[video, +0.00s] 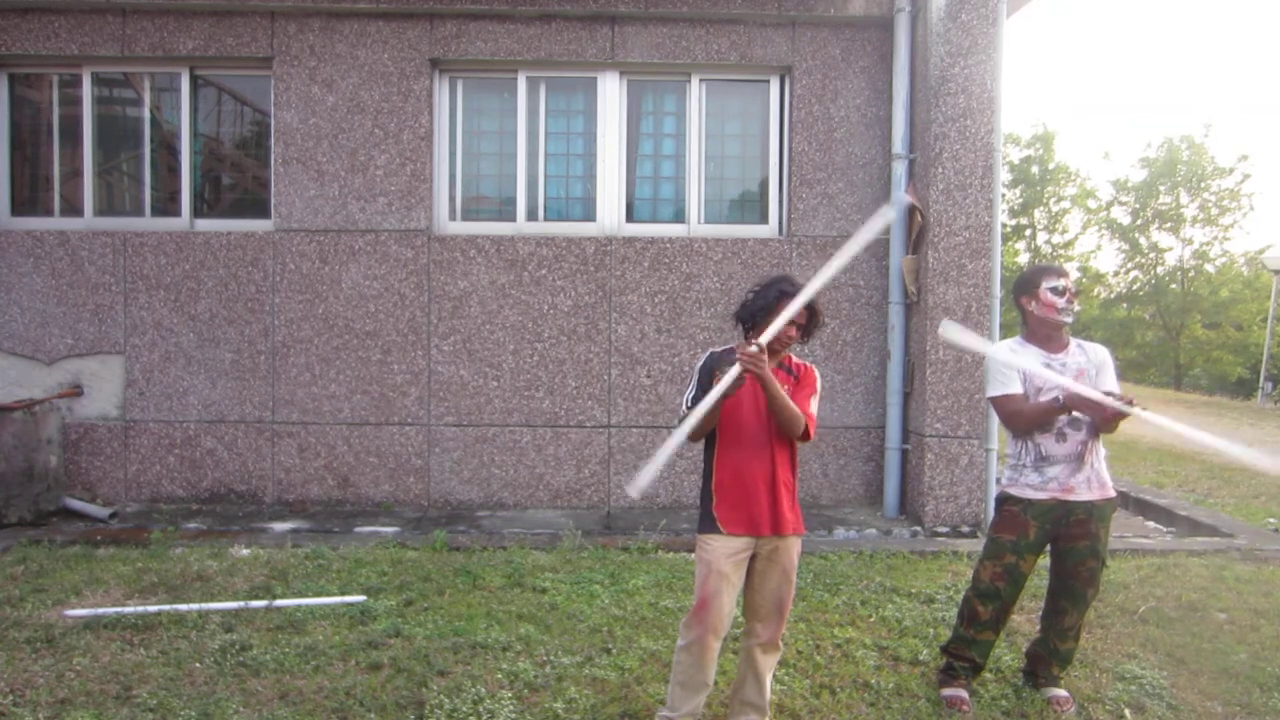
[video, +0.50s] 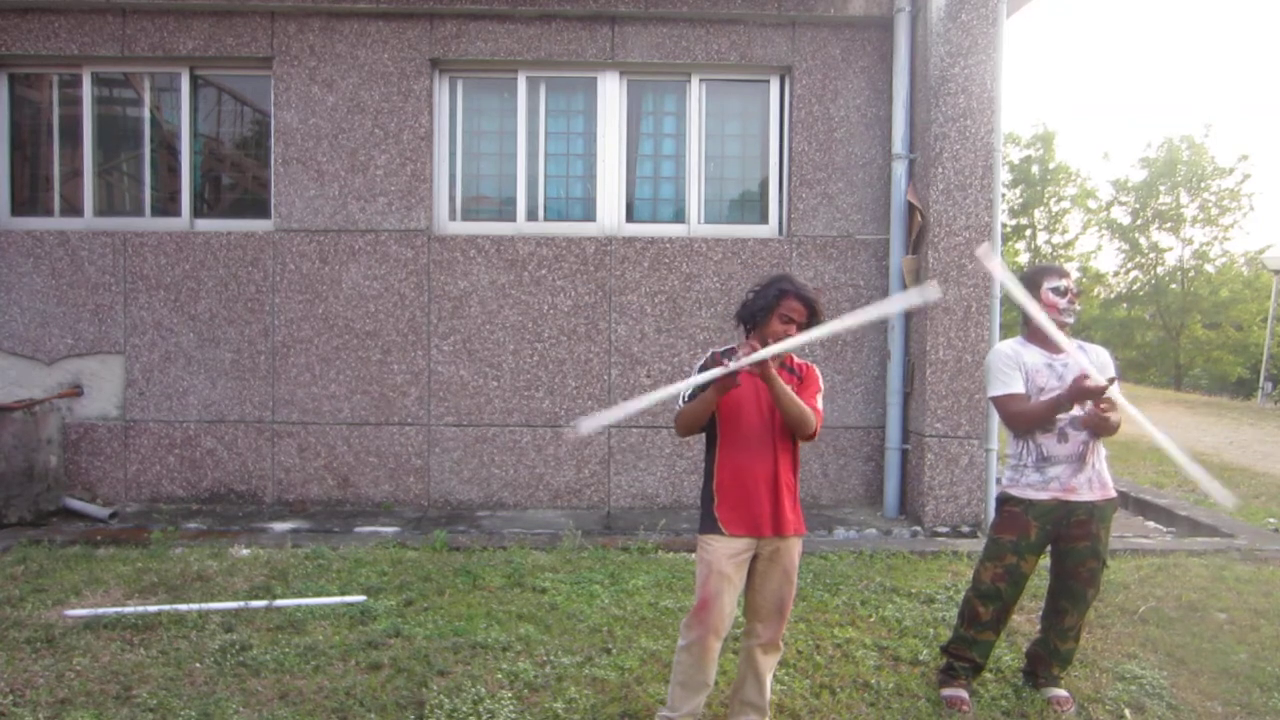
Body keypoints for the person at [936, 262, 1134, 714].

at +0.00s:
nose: (1069, 299)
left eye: (1071, 293)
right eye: (1057, 291)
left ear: (1073, 304)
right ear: (1027, 301)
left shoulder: (1096, 356)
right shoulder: (1005, 355)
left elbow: (1105, 424)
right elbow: (1017, 421)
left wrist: (1116, 407)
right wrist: (1065, 401)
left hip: (1088, 497)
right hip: (1027, 496)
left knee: (1075, 595)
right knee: (993, 585)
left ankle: (1045, 672)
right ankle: (957, 674)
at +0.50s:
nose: (1071, 300)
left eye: (1074, 293)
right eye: (1059, 291)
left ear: (1076, 304)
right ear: (1029, 300)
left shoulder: (1094, 356)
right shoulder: (1006, 355)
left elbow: (1110, 420)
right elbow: (1018, 421)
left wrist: (1103, 421)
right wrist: (1071, 396)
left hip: (1089, 497)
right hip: (1028, 496)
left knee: (1076, 594)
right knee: (994, 585)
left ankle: (1045, 671)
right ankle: (957, 674)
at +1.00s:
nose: (1071, 298)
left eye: (1073, 292)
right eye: (1058, 291)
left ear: (1076, 304)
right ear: (1028, 302)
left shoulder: (1096, 355)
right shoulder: (1005, 355)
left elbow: (1109, 422)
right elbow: (1015, 420)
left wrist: (1091, 403)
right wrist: (1062, 390)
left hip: (1087, 497)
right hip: (1027, 496)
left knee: (1077, 592)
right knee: (994, 585)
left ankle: (1045, 670)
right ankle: (957, 674)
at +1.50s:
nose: (1068, 299)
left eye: (1072, 293)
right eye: (1056, 291)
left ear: (1075, 304)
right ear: (1026, 302)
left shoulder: (1094, 355)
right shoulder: (1004, 356)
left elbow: (1108, 425)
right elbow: (1014, 422)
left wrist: (1104, 396)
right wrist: (1066, 398)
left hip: (1088, 496)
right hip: (1028, 494)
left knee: (1076, 593)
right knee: (994, 585)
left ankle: (1045, 670)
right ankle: (957, 674)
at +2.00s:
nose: (1058, 299)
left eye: (1067, 293)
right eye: (1046, 291)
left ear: (1076, 304)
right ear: (1023, 303)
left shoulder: (1094, 357)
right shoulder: (1006, 356)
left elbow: (1111, 421)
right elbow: (1016, 422)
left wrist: (1098, 375)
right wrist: (1068, 394)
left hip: (1089, 497)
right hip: (1029, 496)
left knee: (1077, 595)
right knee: (994, 586)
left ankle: (1045, 672)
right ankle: (957, 674)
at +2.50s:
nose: (1060, 298)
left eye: (1068, 292)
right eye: (1048, 291)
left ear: (1077, 304)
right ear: (1025, 304)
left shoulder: (1095, 355)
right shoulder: (1008, 355)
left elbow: (1112, 423)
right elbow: (1021, 420)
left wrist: (1099, 393)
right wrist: (1078, 399)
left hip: (1094, 499)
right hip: (1032, 496)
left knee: (1078, 597)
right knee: (997, 586)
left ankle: (1045, 673)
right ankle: (958, 673)